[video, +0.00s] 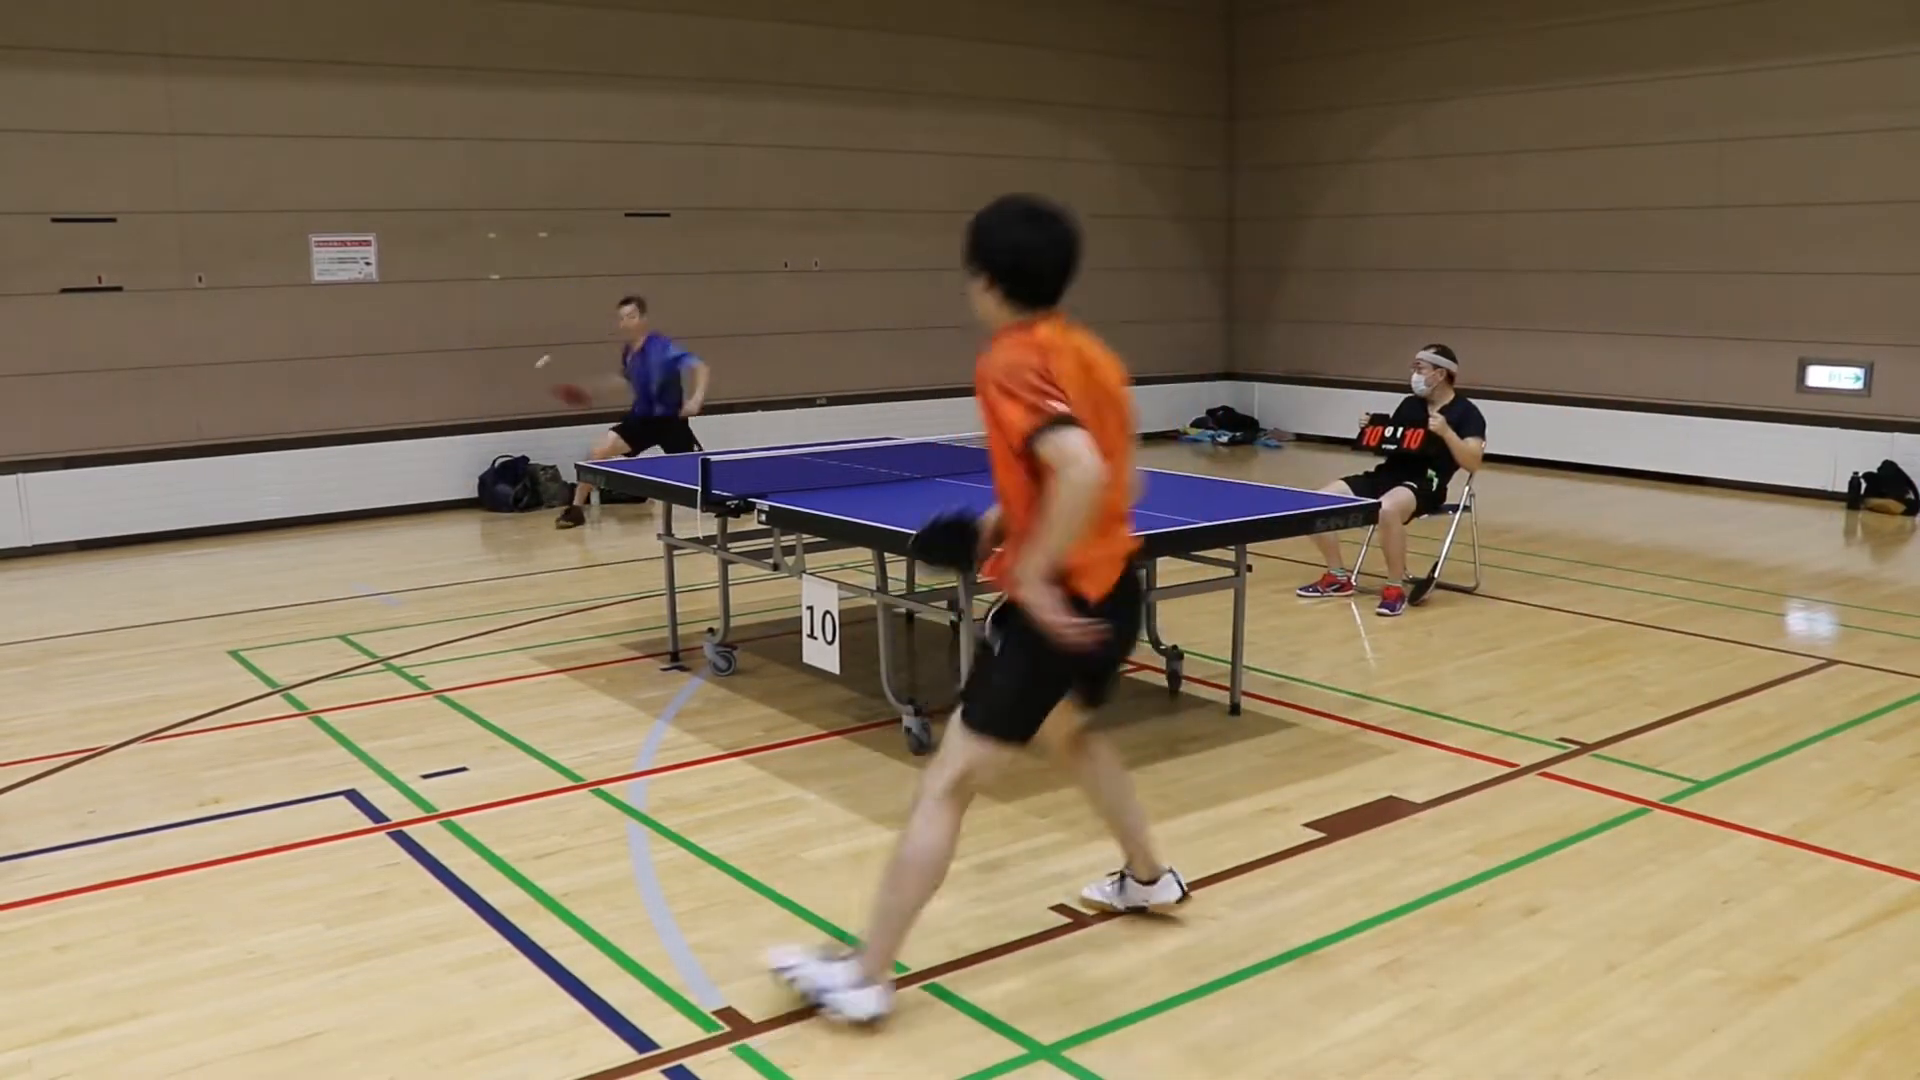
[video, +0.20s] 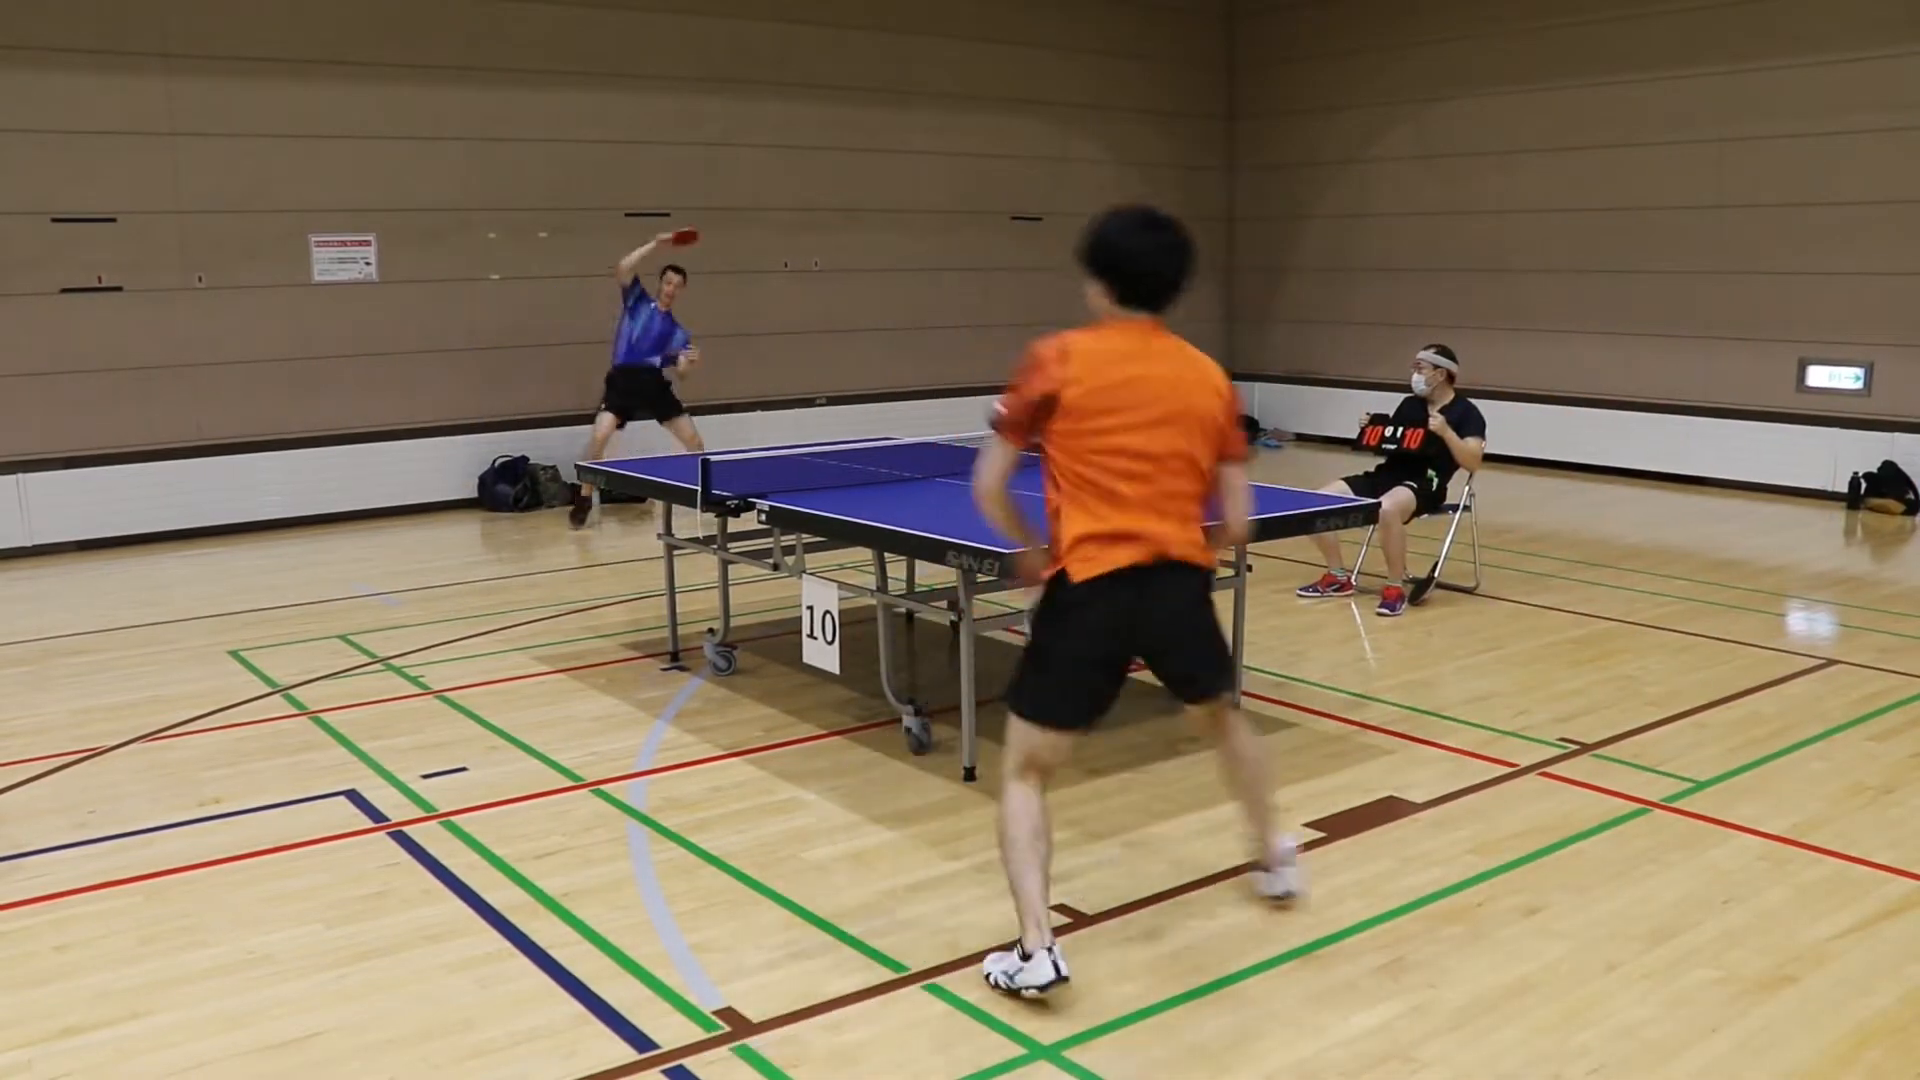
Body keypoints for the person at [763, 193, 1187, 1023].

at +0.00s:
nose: (970, 286)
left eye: (973, 273)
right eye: (971, 272)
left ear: (992, 280)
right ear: (1056, 279)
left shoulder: (1012, 360)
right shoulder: (1093, 354)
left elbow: (1079, 469)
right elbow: (1110, 480)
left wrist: (1037, 574)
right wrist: (1005, 525)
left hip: (1049, 599)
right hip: (1109, 589)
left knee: (947, 782)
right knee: (1076, 731)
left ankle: (867, 973)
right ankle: (1148, 875)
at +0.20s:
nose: (1085, 287)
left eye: (1089, 276)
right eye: (1091, 275)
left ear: (1100, 284)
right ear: (1172, 287)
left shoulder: (1059, 360)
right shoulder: (1205, 374)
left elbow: (988, 486)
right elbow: (1238, 523)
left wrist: (1029, 550)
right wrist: (1202, 541)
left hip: (1085, 598)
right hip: (1178, 594)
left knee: (1026, 771)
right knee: (1227, 722)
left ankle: (1037, 950)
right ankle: (1277, 861)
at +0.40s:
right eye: (1308, 293)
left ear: (1233, 292)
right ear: (1304, 302)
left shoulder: (1184, 367)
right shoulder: (1309, 390)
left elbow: (1148, 475)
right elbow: (1344, 519)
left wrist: (1198, 522)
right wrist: (1389, 617)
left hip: (1161, 588)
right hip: (1251, 595)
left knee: (1113, 742)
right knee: (1310, 711)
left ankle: (1053, 888)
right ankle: (1312, 867)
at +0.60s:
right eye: (1396, 227)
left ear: (1329, 224)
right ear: (1397, 236)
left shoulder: (1280, 295)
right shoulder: (1410, 315)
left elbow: (1231, 389)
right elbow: (1443, 427)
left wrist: (1274, 402)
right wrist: (1451, 514)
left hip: (1275, 503)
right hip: (1356, 512)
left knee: (1253, 649)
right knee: (1345, 667)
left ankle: (1222, 783)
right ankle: (1324, 824)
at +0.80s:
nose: (1455, 237)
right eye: (1456, 228)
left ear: (1385, 228)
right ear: (1450, 235)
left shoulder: (1345, 298)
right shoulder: (1469, 310)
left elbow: (1300, 395)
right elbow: (1505, 416)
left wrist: (1350, 372)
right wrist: (1486, 485)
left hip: (1358, 492)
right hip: (1430, 493)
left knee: (1366, 628)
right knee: (1406, 636)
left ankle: (1372, 756)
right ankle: (1373, 745)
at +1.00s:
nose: (1538, 274)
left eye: (1541, 265)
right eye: (1540, 264)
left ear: (1482, 244)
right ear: (1529, 254)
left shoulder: (1423, 298)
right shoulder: (1530, 307)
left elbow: (1392, 385)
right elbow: (1540, 402)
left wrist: (1449, 376)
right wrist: (1547, 470)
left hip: (1426, 482)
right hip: (1493, 485)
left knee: (1412, 605)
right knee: (1496, 600)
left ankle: (1376, 738)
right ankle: (1448, 726)